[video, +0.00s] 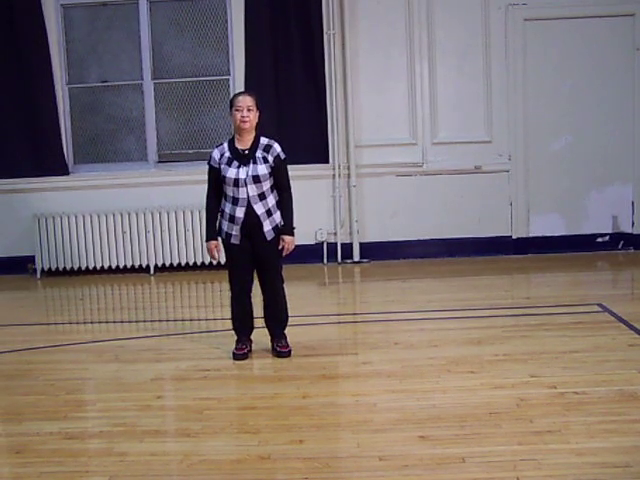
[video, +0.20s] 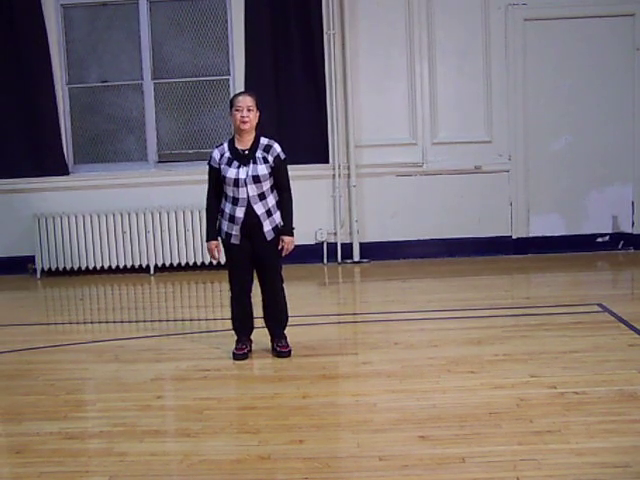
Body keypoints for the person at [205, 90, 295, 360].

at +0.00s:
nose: (244, 114)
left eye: (249, 110)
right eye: (238, 110)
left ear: (257, 115)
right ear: (231, 115)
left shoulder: (271, 149)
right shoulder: (219, 154)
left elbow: (285, 192)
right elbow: (213, 197)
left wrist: (288, 229)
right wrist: (211, 235)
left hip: (268, 231)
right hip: (234, 233)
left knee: (273, 285)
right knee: (240, 288)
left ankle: (278, 335)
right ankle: (243, 337)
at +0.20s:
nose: (244, 115)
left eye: (249, 110)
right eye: (238, 110)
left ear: (257, 115)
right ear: (231, 115)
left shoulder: (271, 149)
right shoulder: (220, 154)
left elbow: (285, 192)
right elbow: (213, 197)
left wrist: (287, 230)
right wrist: (212, 235)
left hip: (268, 230)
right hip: (234, 233)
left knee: (273, 285)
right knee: (239, 288)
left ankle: (278, 335)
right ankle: (243, 337)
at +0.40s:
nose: (244, 115)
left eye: (249, 110)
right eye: (239, 110)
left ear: (258, 115)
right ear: (231, 115)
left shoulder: (271, 150)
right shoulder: (220, 154)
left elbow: (284, 192)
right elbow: (213, 197)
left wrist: (288, 230)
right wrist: (212, 235)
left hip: (267, 230)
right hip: (234, 232)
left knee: (273, 285)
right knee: (239, 288)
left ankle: (278, 335)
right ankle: (243, 337)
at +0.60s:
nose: (244, 115)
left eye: (249, 110)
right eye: (239, 110)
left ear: (257, 115)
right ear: (231, 115)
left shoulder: (271, 150)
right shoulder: (219, 154)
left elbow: (284, 192)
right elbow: (212, 197)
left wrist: (287, 230)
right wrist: (211, 234)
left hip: (267, 231)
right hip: (234, 233)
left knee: (273, 286)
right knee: (239, 288)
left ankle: (278, 335)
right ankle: (243, 338)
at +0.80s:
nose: (244, 114)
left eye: (249, 110)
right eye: (238, 110)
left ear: (257, 115)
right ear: (231, 115)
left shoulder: (271, 149)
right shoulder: (219, 155)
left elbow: (284, 192)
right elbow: (213, 197)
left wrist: (287, 230)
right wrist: (212, 235)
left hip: (267, 230)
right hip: (234, 233)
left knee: (273, 285)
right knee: (239, 288)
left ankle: (278, 335)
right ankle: (243, 338)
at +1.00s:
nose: (246, 115)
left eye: (251, 110)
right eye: (240, 110)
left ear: (258, 115)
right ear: (231, 115)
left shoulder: (271, 149)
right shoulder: (220, 155)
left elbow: (285, 192)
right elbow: (214, 198)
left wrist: (288, 229)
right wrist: (212, 235)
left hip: (268, 231)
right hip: (234, 233)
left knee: (274, 285)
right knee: (240, 289)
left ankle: (279, 336)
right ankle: (243, 338)